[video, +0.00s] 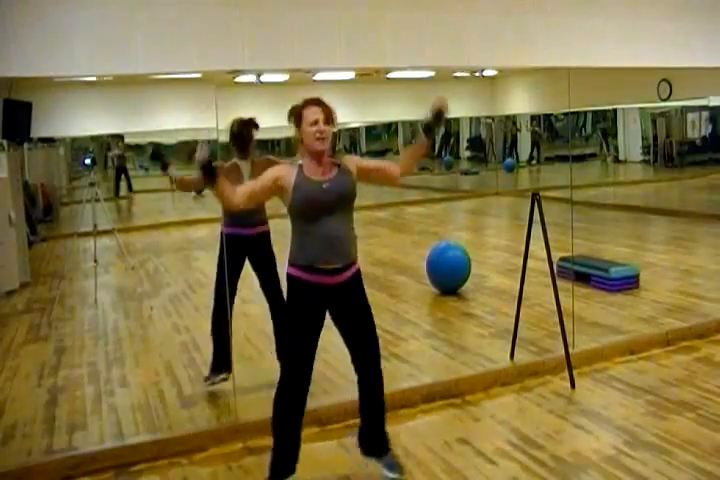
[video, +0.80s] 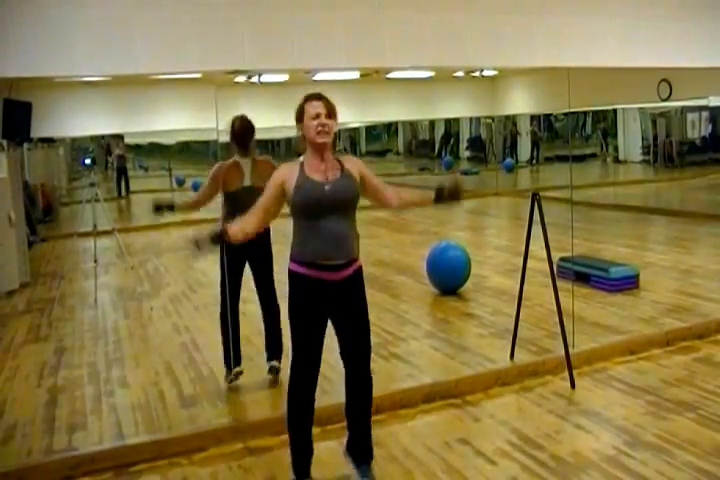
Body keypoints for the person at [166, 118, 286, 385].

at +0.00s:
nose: (247, 143)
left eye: (240, 138)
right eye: (250, 138)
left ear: (231, 142)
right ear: (253, 141)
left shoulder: (223, 171)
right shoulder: (268, 165)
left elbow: (191, 184)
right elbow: (296, 170)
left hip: (232, 238)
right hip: (259, 237)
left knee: (223, 300)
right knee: (276, 297)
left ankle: (221, 365)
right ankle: (289, 357)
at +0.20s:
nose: (236, 168)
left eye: (234, 165)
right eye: (245, 163)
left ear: (231, 170)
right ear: (255, 169)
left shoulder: (226, 194)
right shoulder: (264, 191)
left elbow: (200, 163)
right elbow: (280, 155)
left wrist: (213, 135)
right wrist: (260, 128)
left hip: (235, 271)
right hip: (264, 268)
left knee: (208, 325)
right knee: (287, 319)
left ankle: (202, 385)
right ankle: (308, 370)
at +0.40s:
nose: (246, 144)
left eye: (237, 139)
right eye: (249, 139)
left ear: (230, 144)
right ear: (252, 142)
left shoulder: (222, 171)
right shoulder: (267, 167)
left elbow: (192, 181)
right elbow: (293, 182)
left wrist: (172, 174)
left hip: (233, 239)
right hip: (259, 237)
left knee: (222, 302)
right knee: (274, 297)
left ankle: (218, 369)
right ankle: (293, 357)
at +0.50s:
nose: (250, 148)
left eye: (242, 144)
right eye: (251, 143)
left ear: (229, 147)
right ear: (252, 145)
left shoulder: (223, 180)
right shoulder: (265, 176)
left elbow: (205, 213)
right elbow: (284, 201)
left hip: (231, 245)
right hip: (260, 242)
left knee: (230, 306)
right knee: (264, 302)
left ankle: (238, 368)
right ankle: (272, 360)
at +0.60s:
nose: (239, 162)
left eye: (233, 158)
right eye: (245, 157)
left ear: (230, 160)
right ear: (251, 159)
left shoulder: (226, 193)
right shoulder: (264, 189)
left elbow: (223, 235)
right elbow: (273, 226)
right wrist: (277, 254)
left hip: (235, 259)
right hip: (261, 257)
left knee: (234, 316)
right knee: (259, 312)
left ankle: (245, 373)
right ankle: (265, 370)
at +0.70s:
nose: (242, 152)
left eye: (236, 148)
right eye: (245, 147)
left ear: (230, 152)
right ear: (252, 150)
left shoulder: (226, 185)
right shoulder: (265, 182)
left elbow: (218, 226)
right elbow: (276, 216)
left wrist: (200, 253)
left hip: (234, 251)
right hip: (261, 249)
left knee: (232, 309)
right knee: (264, 306)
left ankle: (242, 371)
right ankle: (267, 369)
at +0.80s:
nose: (240, 139)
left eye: (235, 134)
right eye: (246, 134)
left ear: (231, 138)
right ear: (254, 137)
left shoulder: (223, 170)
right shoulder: (268, 166)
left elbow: (201, 201)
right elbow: (282, 197)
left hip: (232, 241)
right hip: (261, 240)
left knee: (229, 302)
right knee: (268, 298)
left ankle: (233, 365)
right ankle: (274, 358)